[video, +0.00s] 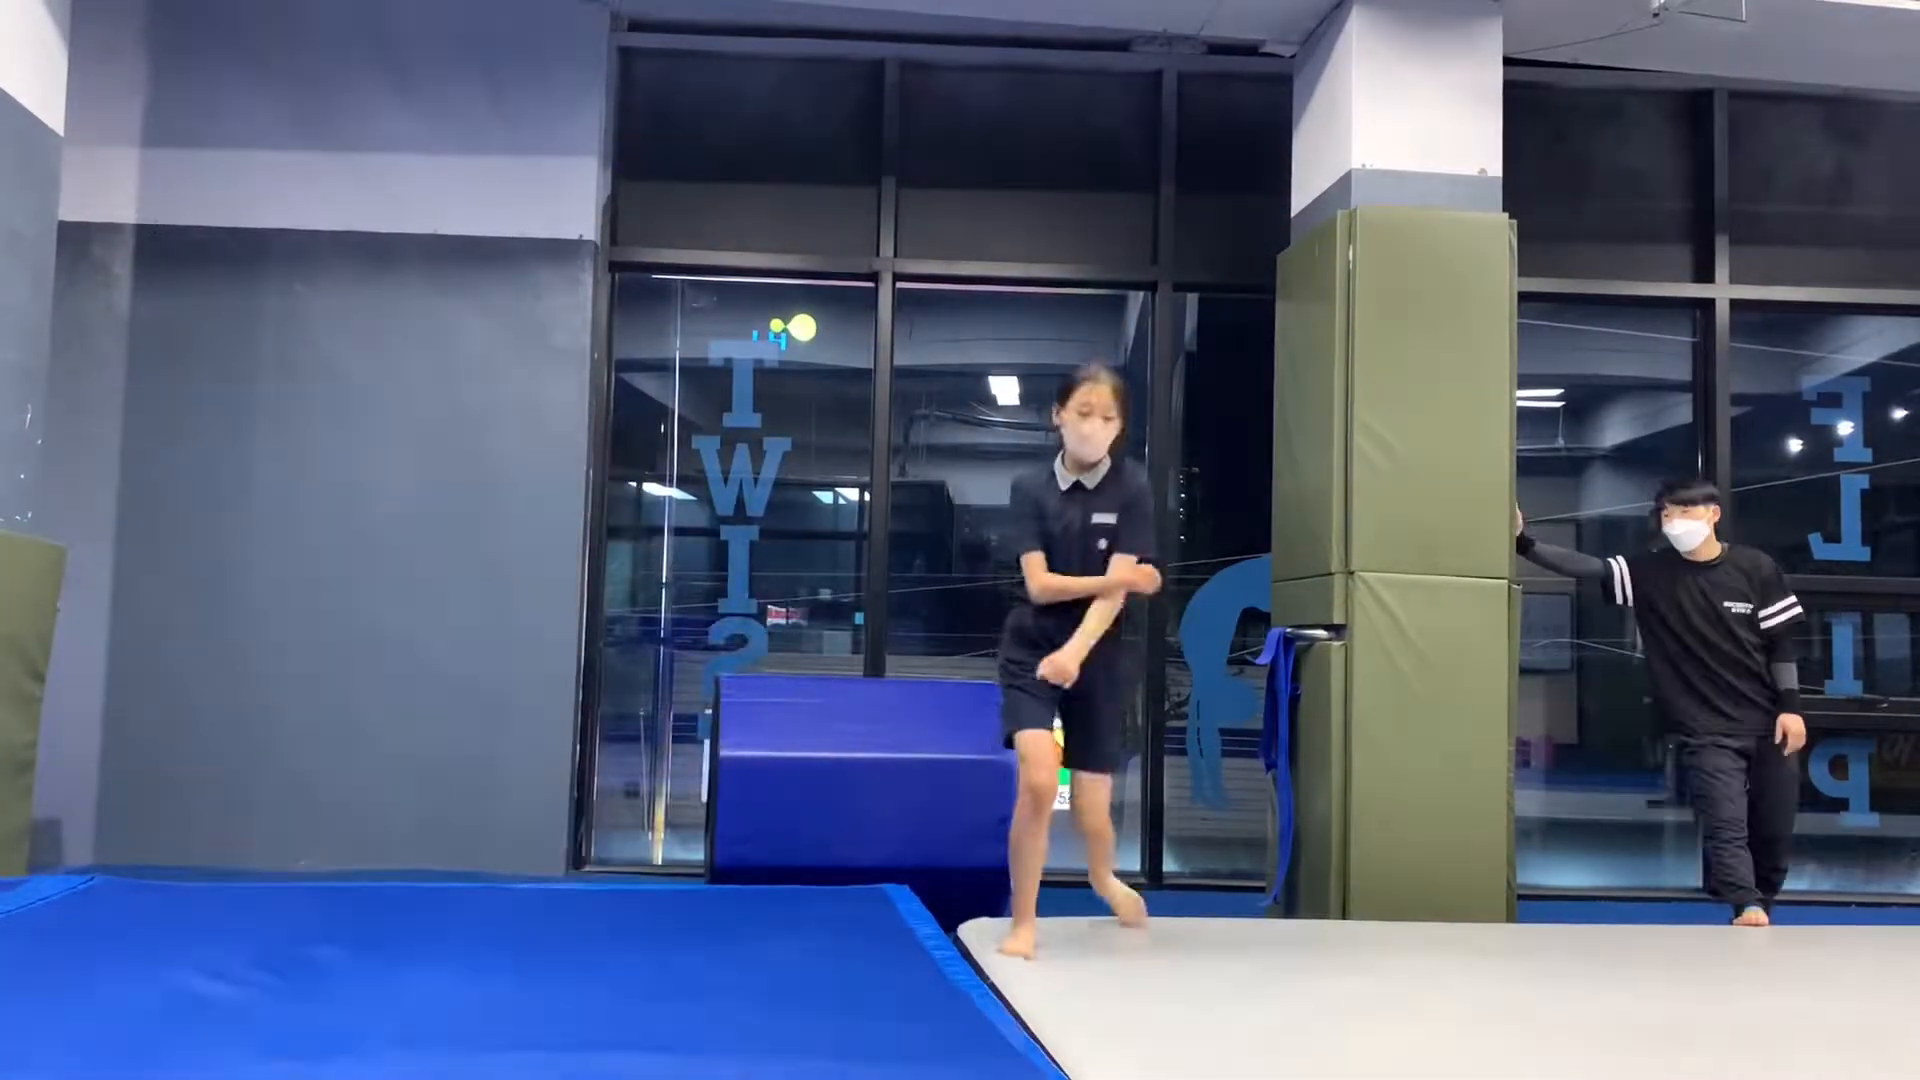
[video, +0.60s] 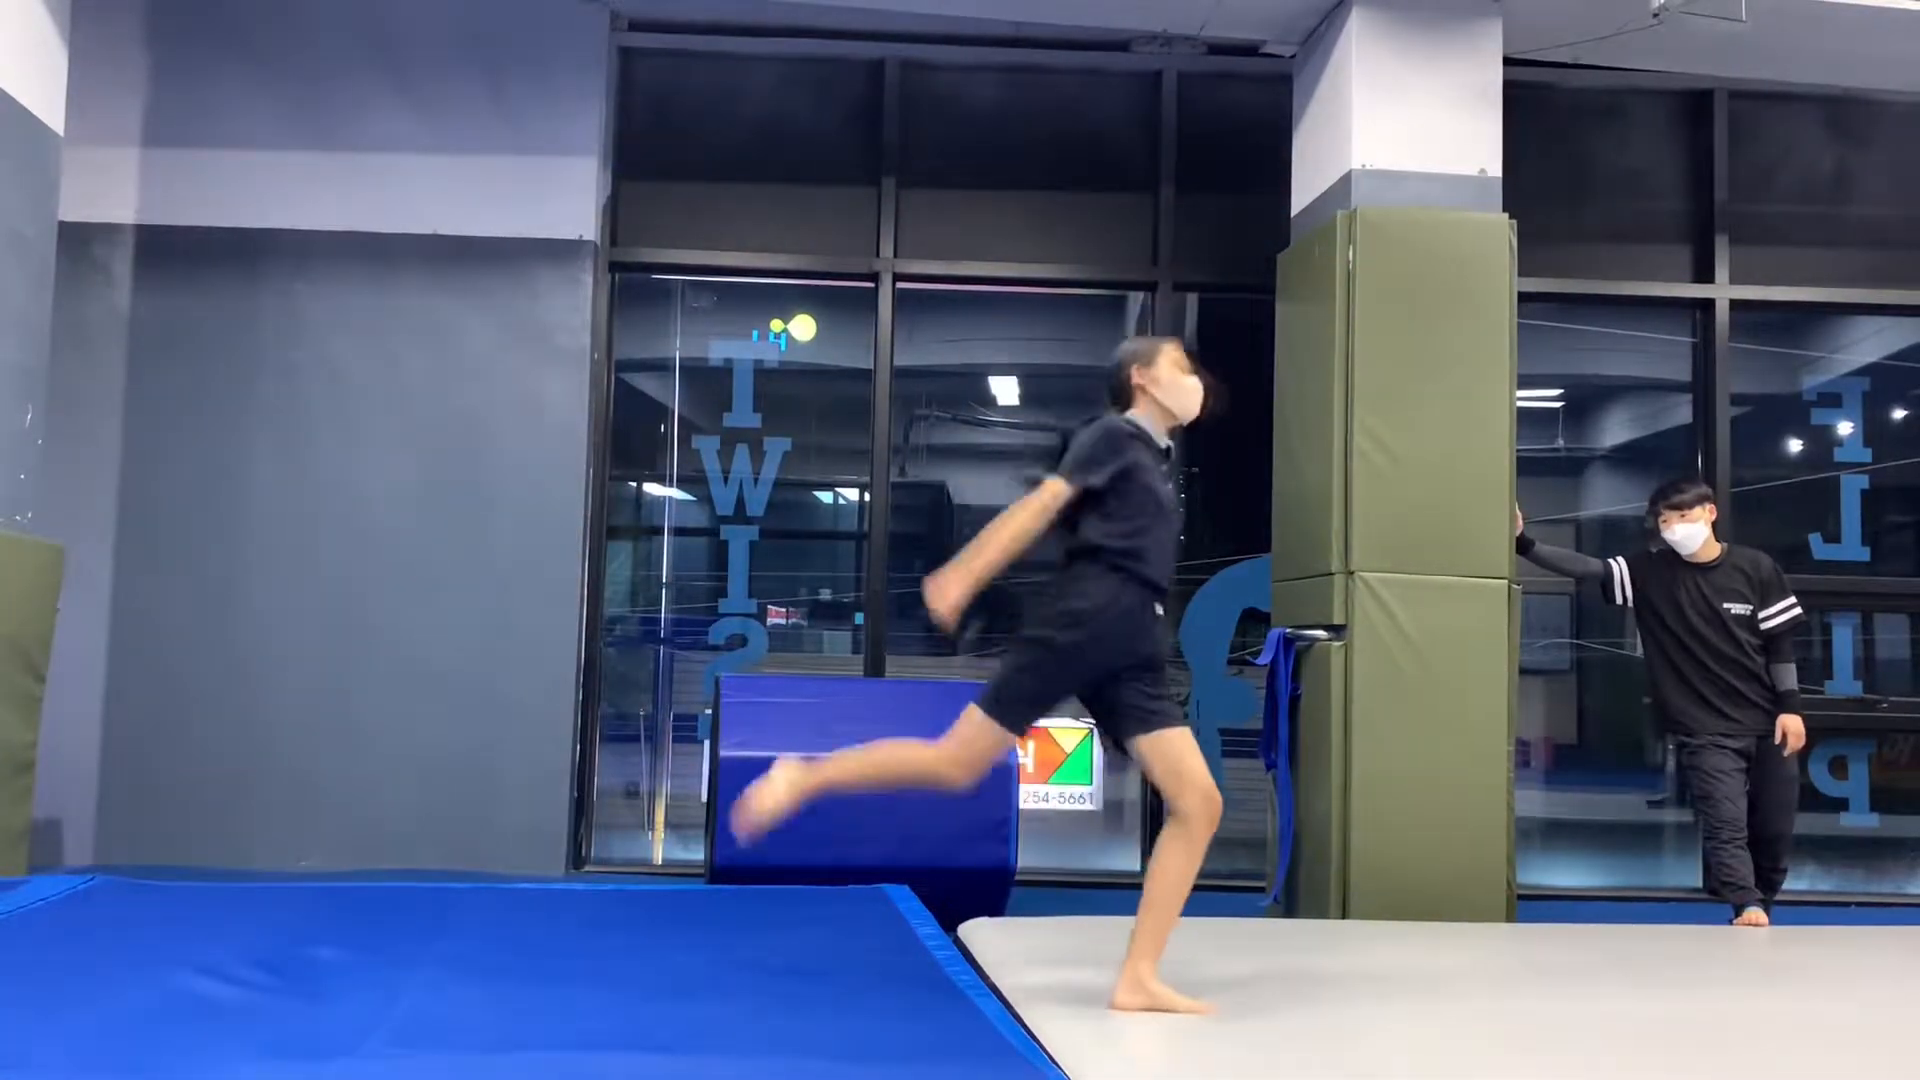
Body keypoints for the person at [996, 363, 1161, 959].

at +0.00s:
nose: (1093, 425)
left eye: (1105, 417)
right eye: (1083, 413)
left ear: (1119, 428)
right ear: (1059, 416)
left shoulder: (1132, 488)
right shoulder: (1031, 487)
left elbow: (1118, 587)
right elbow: (1038, 585)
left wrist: (1073, 649)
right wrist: (1118, 578)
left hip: (1101, 652)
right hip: (1032, 650)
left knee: (1093, 804)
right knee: (1039, 784)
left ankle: (1103, 878)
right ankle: (1023, 923)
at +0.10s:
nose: (1102, 427)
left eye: (1112, 418)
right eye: (1091, 413)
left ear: (1122, 431)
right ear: (1060, 417)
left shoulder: (1131, 492)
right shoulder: (1024, 489)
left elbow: (1146, 589)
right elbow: (1007, 586)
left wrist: (1158, 674)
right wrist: (1079, 568)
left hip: (1094, 667)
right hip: (1024, 661)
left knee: (1081, 807)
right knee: (1031, 798)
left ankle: (1070, 861)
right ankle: (1023, 929)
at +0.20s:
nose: (1131, 405)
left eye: (1141, 395)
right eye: (1122, 389)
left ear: (1146, 405)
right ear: (1085, 385)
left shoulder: (1134, 474)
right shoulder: (1033, 451)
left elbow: (1178, 550)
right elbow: (979, 516)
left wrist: (1233, 623)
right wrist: (1069, 485)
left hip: (1094, 643)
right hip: (1020, 639)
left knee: (1085, 765)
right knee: (1024, 784)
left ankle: (1058, 872)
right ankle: (1020, 926)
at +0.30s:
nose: (1170, 357)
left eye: (1178, 349)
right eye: (1162, 340)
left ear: (1177, 360)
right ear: (1121, 336)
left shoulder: (1143, 420)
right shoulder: (1066, 391)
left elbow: (1145, 491)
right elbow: (987, 405)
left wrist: (1161, 528)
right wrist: (1090, 363)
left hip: (1097, 589)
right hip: (1026, 582)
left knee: (1111, 732)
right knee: (999, 746)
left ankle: (1069, 893)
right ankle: (990, 893)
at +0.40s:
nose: (1194, 343)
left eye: (1200, 335)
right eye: (1186, 326)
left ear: (1188, 345)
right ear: (1142, 321)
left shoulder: (1157, 398)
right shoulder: (1091, 363)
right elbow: (996, 383)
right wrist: (1024, 334)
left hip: (1111, 574)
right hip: (1049, 554)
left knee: (1138, 738)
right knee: (959, 717)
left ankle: (1121, 907)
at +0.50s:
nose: (1205, 366)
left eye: (1207, 356)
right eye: (1194, 351)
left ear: (1186, 365)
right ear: (1150, 352)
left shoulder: (1161, 428)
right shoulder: (1109, 394)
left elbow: (1087, 502)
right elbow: (1013, 428)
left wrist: (1025, 550)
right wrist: (953, 408)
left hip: (1116, 615)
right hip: (1056, 589)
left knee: (1170, 779)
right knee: (930, 699)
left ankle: (1143, 964)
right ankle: (836, 727)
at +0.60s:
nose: (1199, 382)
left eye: (1195, 371)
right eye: (1185, 369)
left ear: (1158, 386)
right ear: (1144, 381)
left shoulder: (1154, 456)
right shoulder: (1111, 436)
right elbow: (1040, 506)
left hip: (1133, 644)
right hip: (1080, 626)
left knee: (1198, 803)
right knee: (954, 764)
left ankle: (1139, 979)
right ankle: (799, 777)